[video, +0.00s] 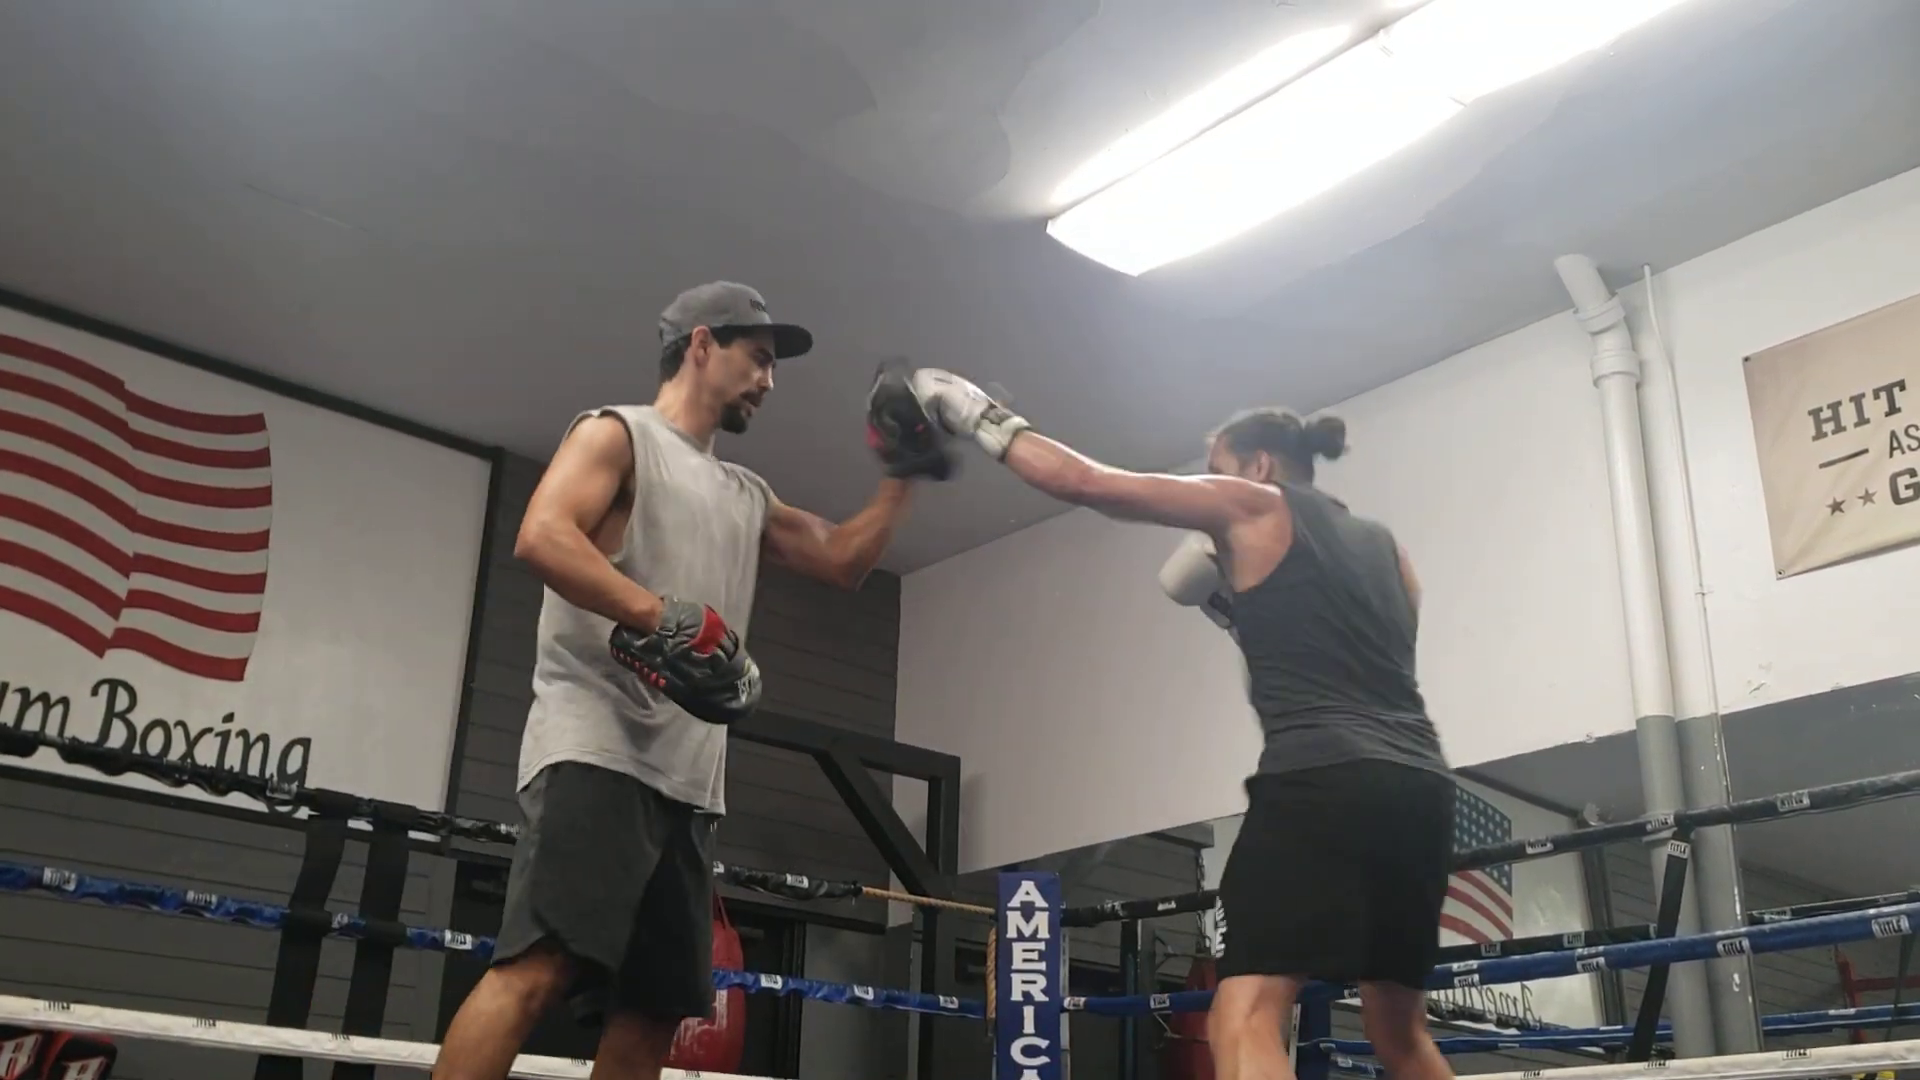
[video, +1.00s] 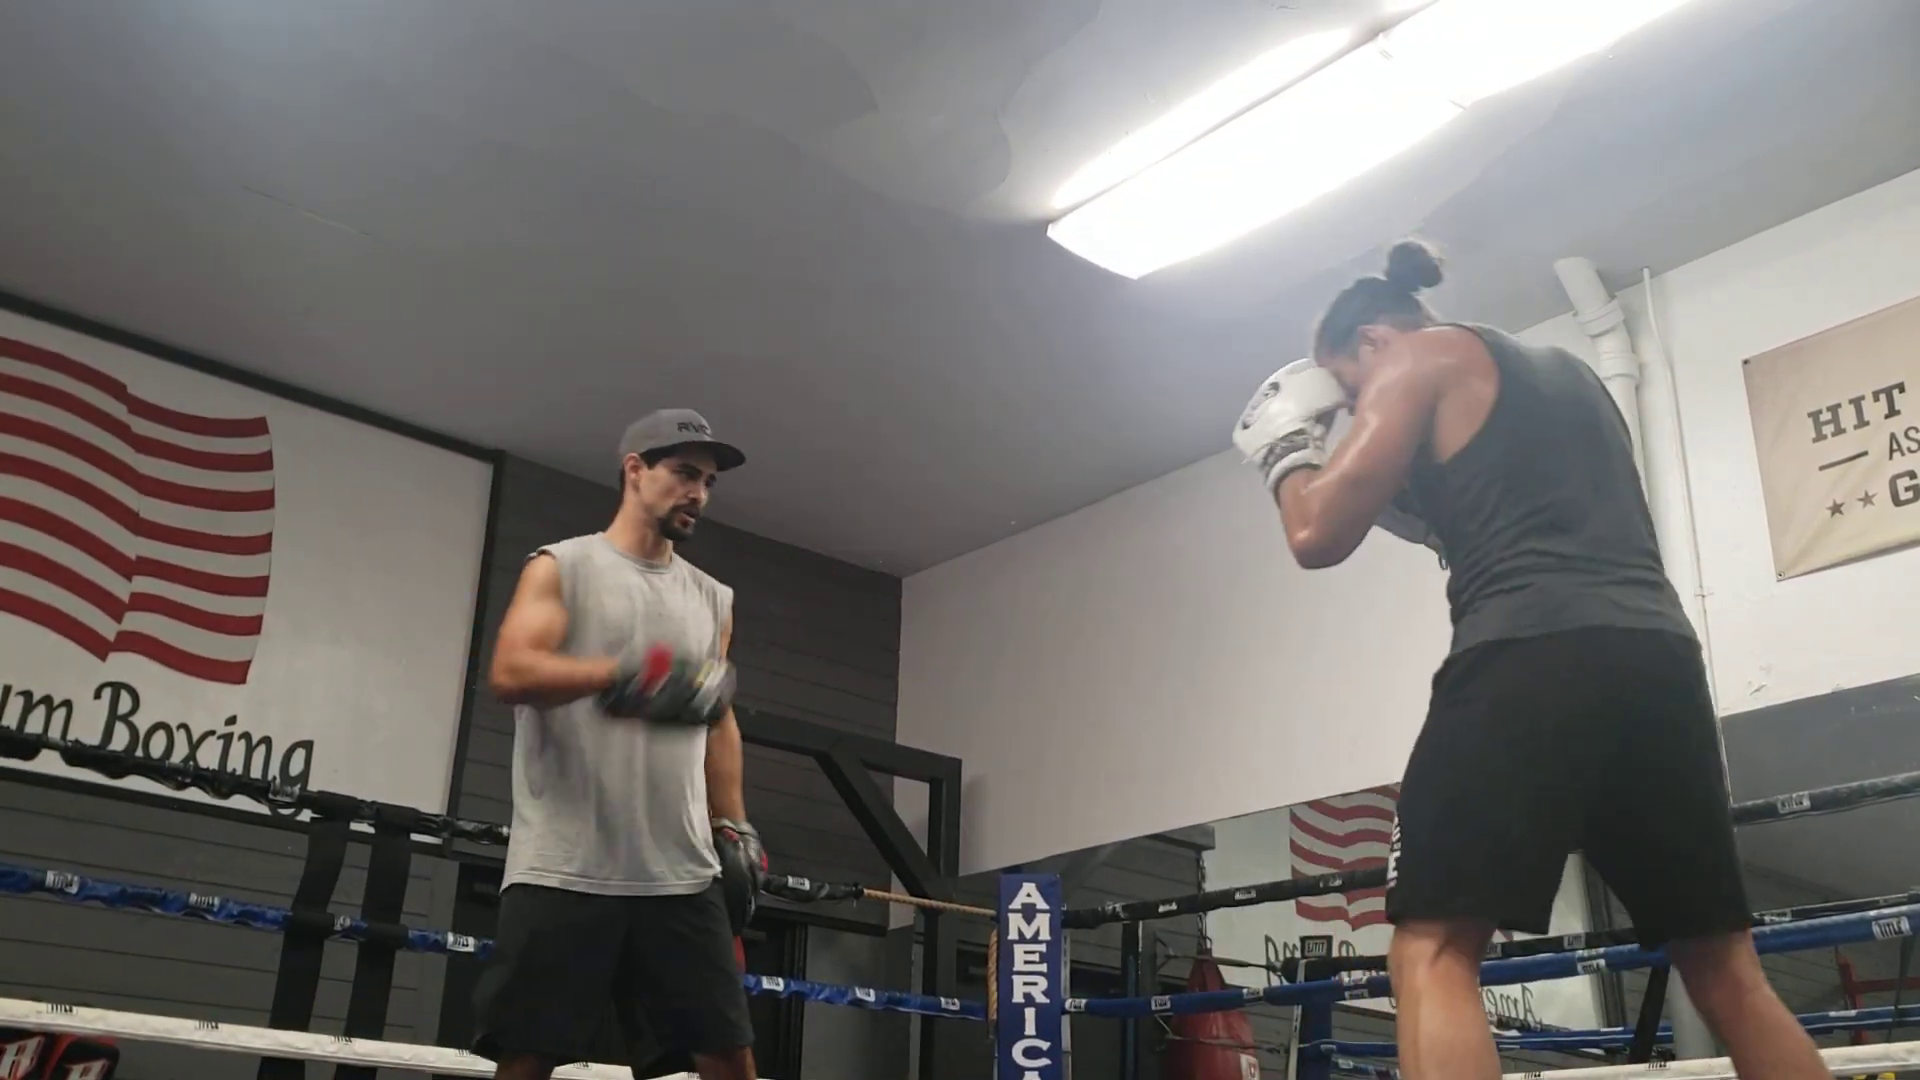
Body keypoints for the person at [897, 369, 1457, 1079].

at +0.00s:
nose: (1211, 486)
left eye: (1217, 471)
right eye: (1211, 472)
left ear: (1260, 465)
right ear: (1288, 465)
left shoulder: (1253, 503)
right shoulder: (1387, 545)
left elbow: (1084, 481)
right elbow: (1371, 650)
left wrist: (980, 415)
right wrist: (1229, 600)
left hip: (1319, 777)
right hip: (1422, 783)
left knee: (1248, 1019)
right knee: (1402, 1031)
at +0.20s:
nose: (1242, 487)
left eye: (1242, 470)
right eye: (1238, 476)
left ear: (1287, 442)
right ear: (1302, 438)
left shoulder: (1306, 477)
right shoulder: (1427, 512)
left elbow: (1172, 561)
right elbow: (1344, 619)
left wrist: (1161, 517)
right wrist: (1250, 560)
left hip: (1354, 761)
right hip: (1469, 764)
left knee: (1240, 999)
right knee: (1546, 1032)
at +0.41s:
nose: (1362, 491)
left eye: (1358, 473)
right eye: (1351, 481)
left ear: (1385, 433)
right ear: (1414, 416)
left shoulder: (1437, 454)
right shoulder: (1547, 496)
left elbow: (1313, 568)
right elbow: (1454, 667)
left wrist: (1295, 505)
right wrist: (1380, 605)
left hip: (1471, 755)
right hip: (1595, 759)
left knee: (1329, 985)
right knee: (1674, 1032)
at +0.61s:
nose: (1433, 425)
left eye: (1427, 406)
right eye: (1427, 417)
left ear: (1452, 372)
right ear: (1481, 361)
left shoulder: (1516, 384)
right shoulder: (1620, 441)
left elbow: (1371, 482)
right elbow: (1506, 614)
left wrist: (1357, 426)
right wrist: (1428, 526)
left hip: (1535, 689)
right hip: (1654, 701)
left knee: (1377, 927)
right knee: (1711, 995)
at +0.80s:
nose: (1432, 406)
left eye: (1426, 386)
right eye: (1424, 396)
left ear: (1453, 349)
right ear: (1489, 332)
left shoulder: (1507, 365)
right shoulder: (1628, 412)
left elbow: (1362, 489)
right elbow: (1520, 587)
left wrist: (1351, 416)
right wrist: (1441, 513)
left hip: (1548, 674)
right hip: (1673, 684)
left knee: (1421, 938)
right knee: (1720, 995)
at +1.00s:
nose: (1359, 402)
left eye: (1352, 382)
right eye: (1348, 393)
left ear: (1372, 335)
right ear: (1413, 314)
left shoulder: (1423, 357)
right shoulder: (1572, 376)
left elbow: (1314, 535)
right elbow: (1479, 522)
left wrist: (1285, 449)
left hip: (1524, 665)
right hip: (1659, 660)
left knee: (1434, 954)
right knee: (1726, 968)